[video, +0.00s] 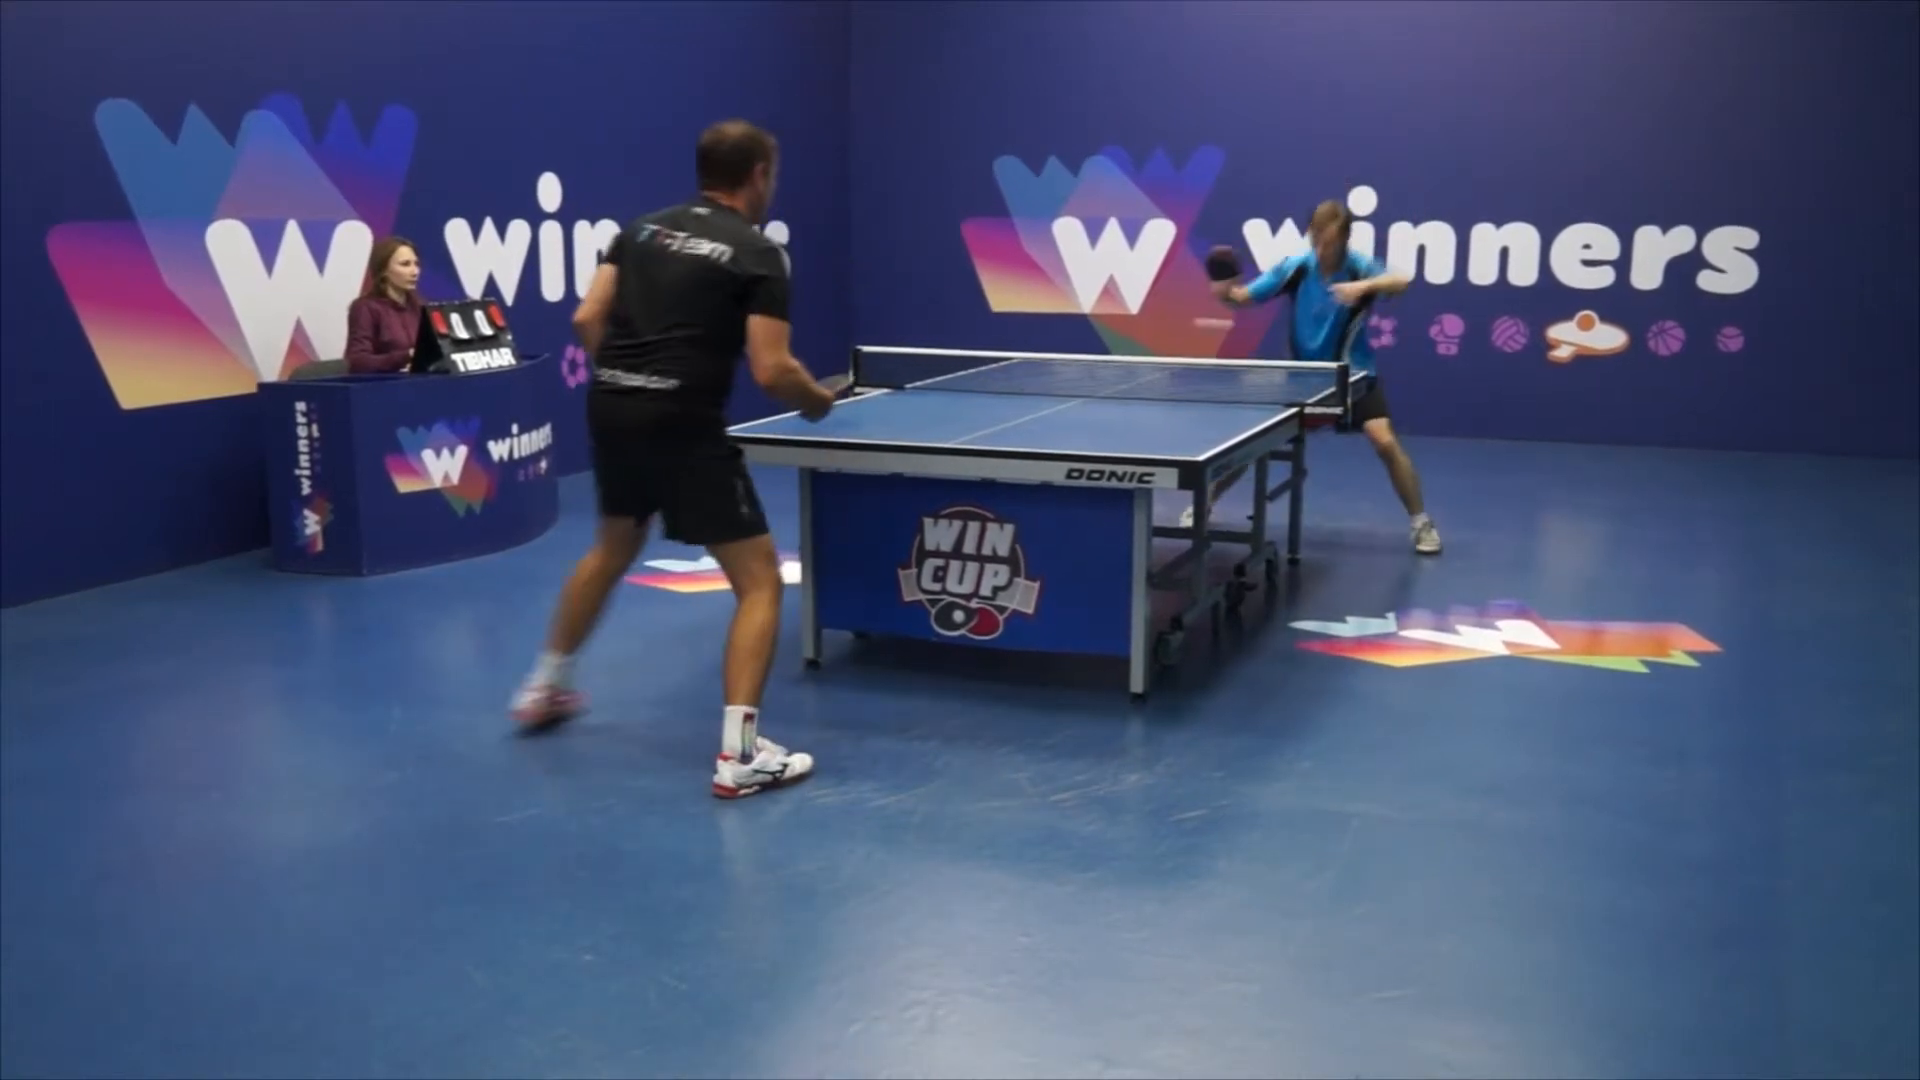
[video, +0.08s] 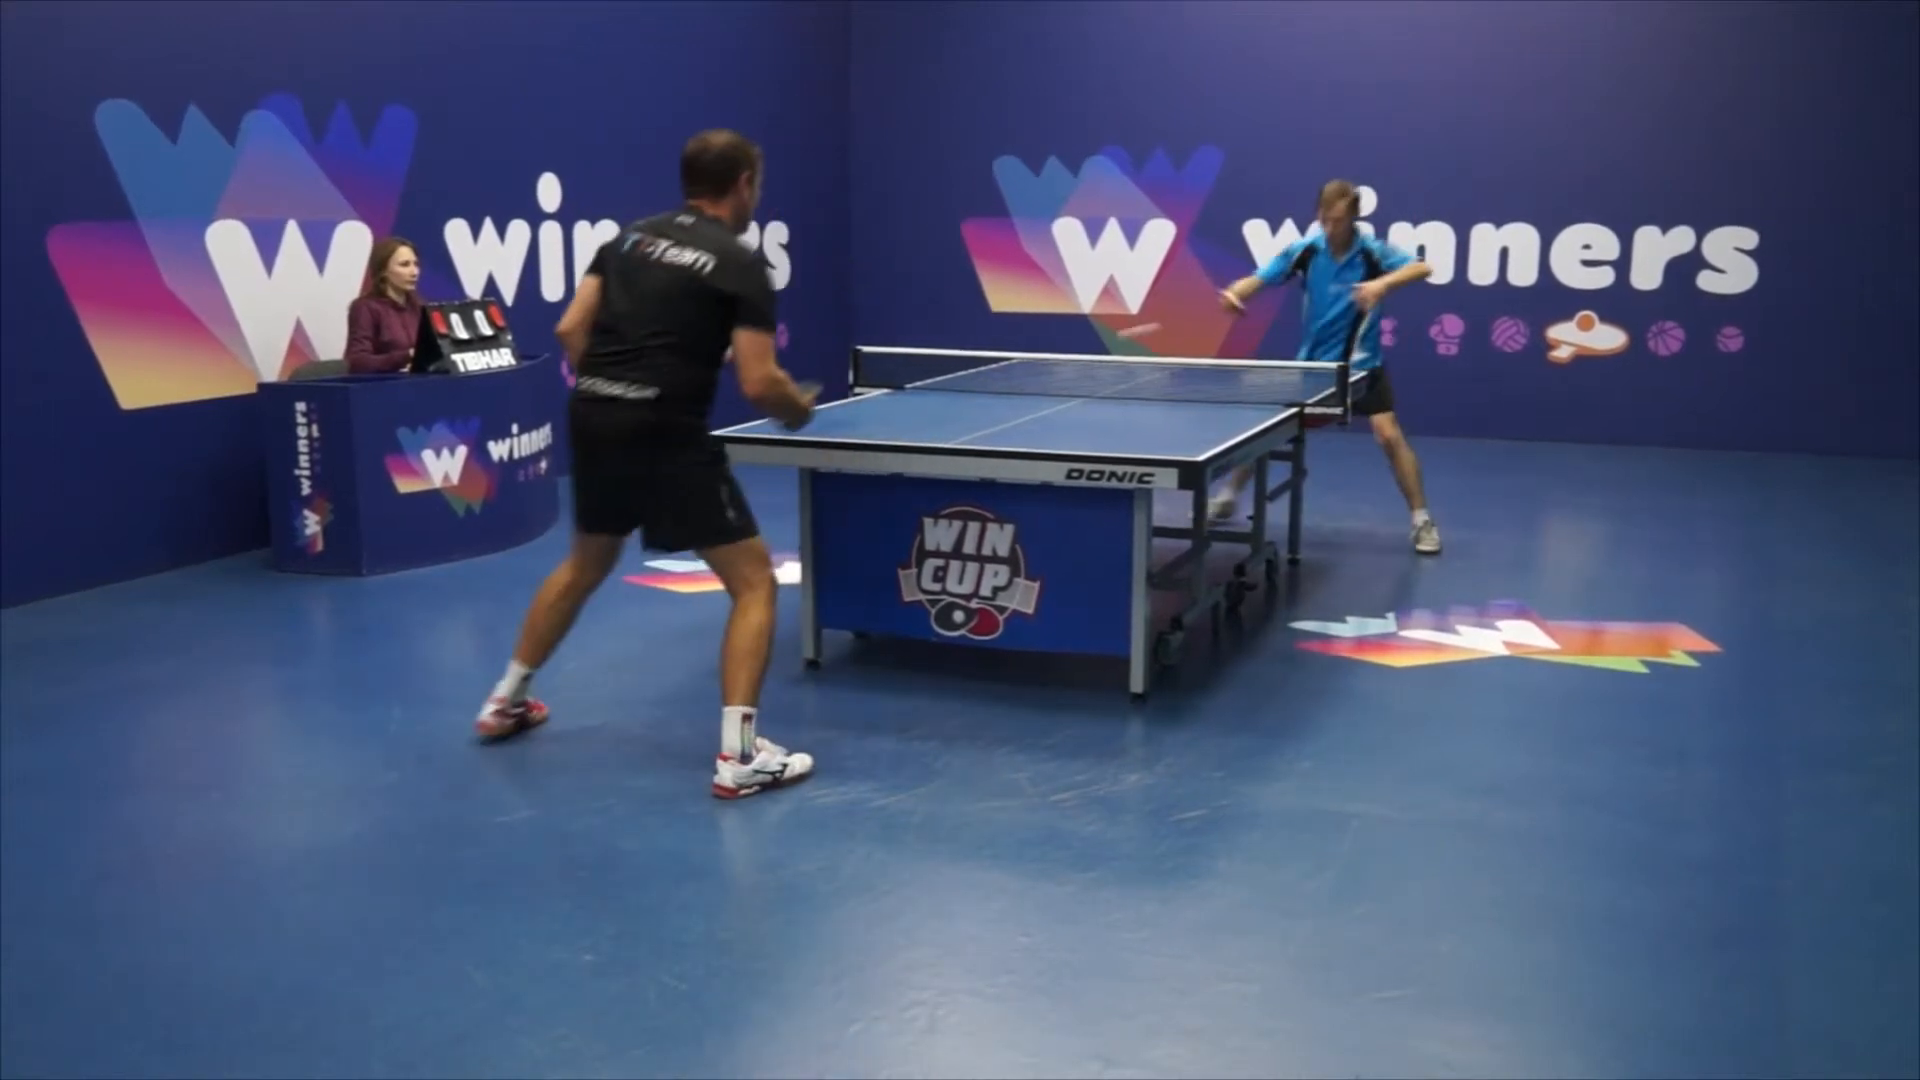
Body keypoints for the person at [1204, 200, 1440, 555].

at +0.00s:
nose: (1323, 248)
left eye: (1330, 241)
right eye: (1318, 239)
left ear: (1345, 238)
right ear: (1311, 235)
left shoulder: (1359, 267)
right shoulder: (1296, 268)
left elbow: (1400, 281)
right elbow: (1249, 296)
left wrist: (1361, 287)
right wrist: (1227, 291)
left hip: (1352, 375)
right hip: (1301, 375)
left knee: (1384, 440)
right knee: (1250, 434)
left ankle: (1420, 522)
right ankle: (1205, 503)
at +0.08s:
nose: (1330, 227)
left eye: (1337, 220)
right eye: (1326, 219)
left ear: (1354, 219)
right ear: (1320, 216)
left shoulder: (1372, 250)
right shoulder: (1307, 250)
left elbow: (1419, 268)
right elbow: (1262, 276)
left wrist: (1381, 284)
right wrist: (1234, 293)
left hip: (1362, 366)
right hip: (1311, 365)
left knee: (1389, 435)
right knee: (1263, 426)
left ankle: (1421, 519)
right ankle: (1228, 495)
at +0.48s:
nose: (1342, 217)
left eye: (1350, 209)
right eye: (1337, 209)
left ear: (1369, 209)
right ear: (1332, 211)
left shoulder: (1394, 246)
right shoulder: (1331, 255)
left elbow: (1436, 284)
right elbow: (1304, 299)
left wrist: (1401, 312)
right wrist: (1275, 300)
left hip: (1406, 358)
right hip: (1361, 363)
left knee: (1419, 429)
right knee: (1319, 419)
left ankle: (1451, 510)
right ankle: (1295, 490)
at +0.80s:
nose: (1385, 247)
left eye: (1392, 240)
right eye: (1381, 240)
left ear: (1410, 240)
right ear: (1378, 240)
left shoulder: (1419, 271)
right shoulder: (1403, 271)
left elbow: (1398, 332)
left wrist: (1378, 327)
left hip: (1472, 375)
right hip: (1440, 378)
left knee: (1472, 460)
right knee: (1389, 434)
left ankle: (1546, 513)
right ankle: (1386, 496)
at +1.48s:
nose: (1501, 215)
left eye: (1509, 208)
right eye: (1497, 207)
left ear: (1529, 212)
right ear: (1493, 210)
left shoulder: (1548, 259)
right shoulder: (1484, 251)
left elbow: (1570, 311)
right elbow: (1453, 291)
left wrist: (1562, 353)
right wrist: (1450, 288)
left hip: (1533, 371)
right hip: (1486, 368)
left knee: (1566, 436)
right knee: (1438, 427)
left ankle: (1613, 513)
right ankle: (1444, 481)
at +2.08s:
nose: (1297, 219)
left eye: (1302, 212)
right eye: (1293, 213)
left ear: (1322, 210)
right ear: (1293, 216)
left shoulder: (1349, 233)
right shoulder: (1301, 260)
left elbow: (1389, 238)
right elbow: (1283, 309)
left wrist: (1349, 244)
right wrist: (1241, 296)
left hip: (1387, 327)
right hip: (1354, 338)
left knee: (1384, 401)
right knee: (1350, 413)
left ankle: (1399, 479)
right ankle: (1375, 478)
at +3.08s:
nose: (1288, 191)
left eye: (1295, 185)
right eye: (1282, 184)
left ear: (1305, 189)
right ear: (1274, 187)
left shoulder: (1319, 231)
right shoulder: (1257, 229)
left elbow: (1325, 275)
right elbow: (1244, 271)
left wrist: (1304, 297)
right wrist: (1231, 282)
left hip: (1304, 330)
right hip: (1262, 329)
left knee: (1315, 397)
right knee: (1246, 393)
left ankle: (1318, 467)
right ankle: (1231, 463)